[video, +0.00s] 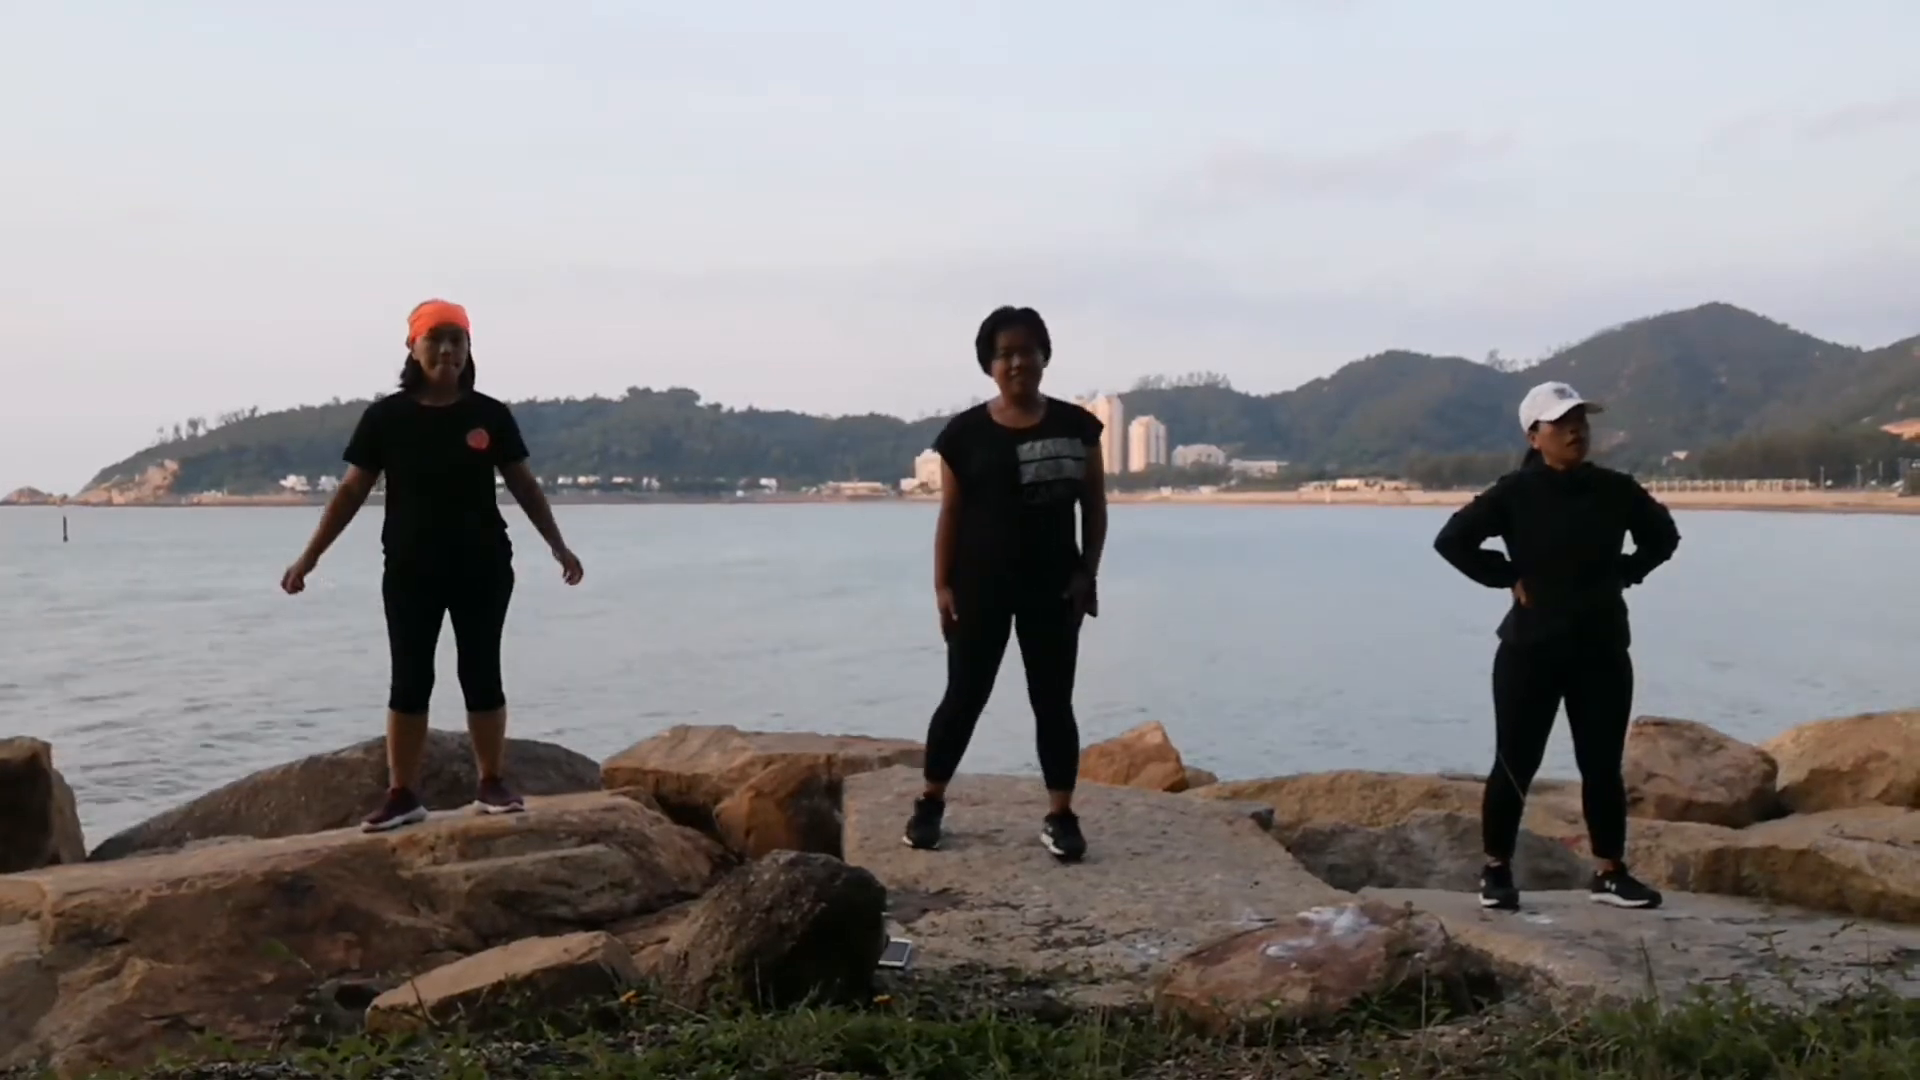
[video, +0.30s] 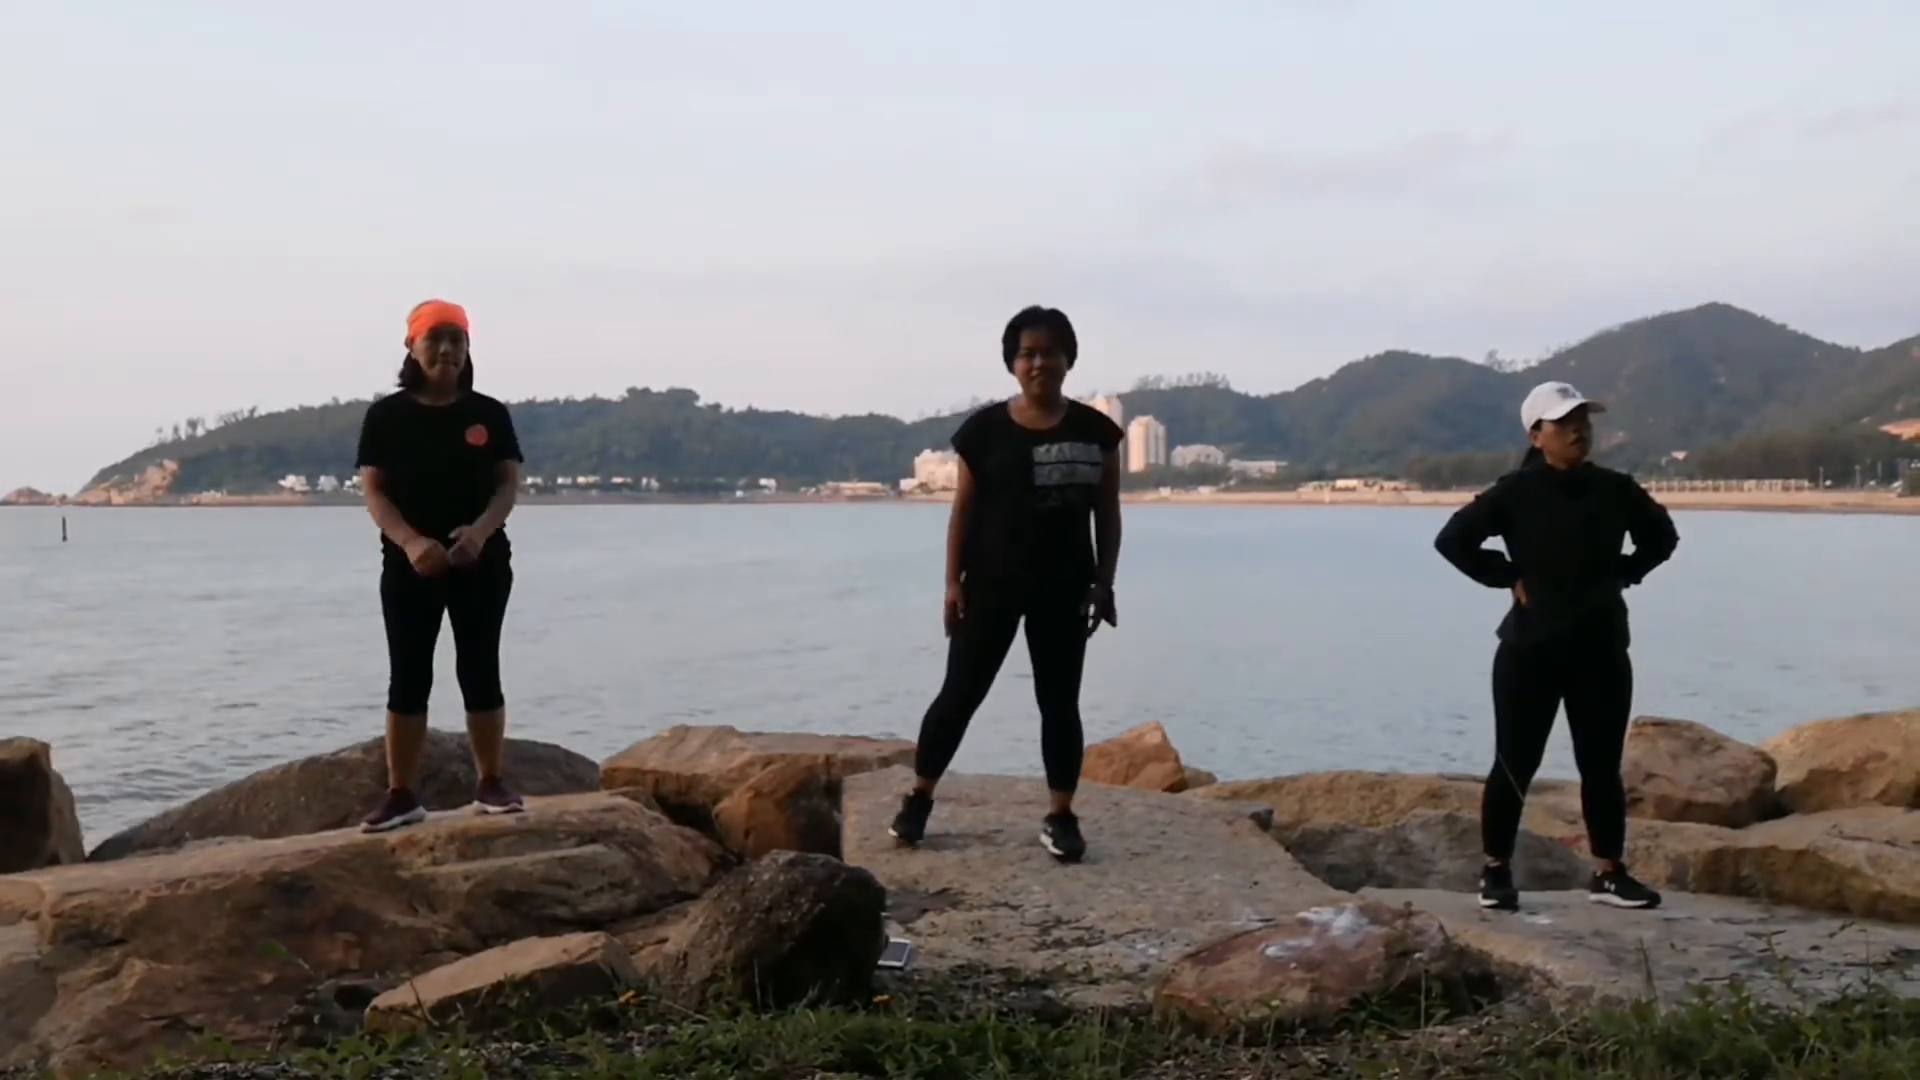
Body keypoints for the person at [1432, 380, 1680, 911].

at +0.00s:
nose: (1577, 431)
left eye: (1580, 420)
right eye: (1563, 424)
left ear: (1586, 425)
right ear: (1535, 435)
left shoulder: (1614, 489)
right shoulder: (1514, 493)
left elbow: (1664, 536)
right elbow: (1451, 542)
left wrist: (1625, 572)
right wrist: (1508, 576)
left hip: (1601, 649)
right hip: (1531, 649)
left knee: (1603, 766)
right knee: (1515, 765)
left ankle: (1611, 872)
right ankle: (1497, 872)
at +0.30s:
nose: (1581, 430)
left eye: (1583, 420)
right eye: (1568, 423)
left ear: (1587, 424)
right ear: (1538, 435)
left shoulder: (1614, 488)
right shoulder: (1514, 492)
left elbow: (1663, 536)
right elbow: (1452, 541)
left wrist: (1624, 572)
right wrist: (1509, 576)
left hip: (1600, 649)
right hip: (1531, 649)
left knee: (1602, 766)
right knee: (1514, 764)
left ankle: (1610, 872)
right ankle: (1496, 872)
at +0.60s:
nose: (1581, 431)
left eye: (1583, 421)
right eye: (1569, 423)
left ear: (1587, 425)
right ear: (1538, 434)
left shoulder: (1613, 489)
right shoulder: (1513, 492)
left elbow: (1661, 537)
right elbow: (1451, 542)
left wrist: (1622, 573)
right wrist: (1508, 576)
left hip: (1599, 650)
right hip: (1530, 651)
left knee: (1601, 767)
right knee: (1513, 764)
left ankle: (1609, 872)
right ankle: (1496, 871)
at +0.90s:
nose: (1579, 431)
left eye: (1581, 421)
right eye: (1566, 423)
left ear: (1586, 426)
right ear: (1536, 434)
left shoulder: (1611, 490)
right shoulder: (1513, 493)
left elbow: (1660, 537)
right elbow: (1449, 542)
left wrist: (1620, 573)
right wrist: (1507, 577)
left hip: (1598, 650)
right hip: (1529, 650)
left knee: (1600, 767)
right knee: (1512, 765)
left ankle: (1608, 872)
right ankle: (1494, 872)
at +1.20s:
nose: (1579, 431)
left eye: (1581, 421)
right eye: (1565, 423)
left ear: (1585, 425)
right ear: (1535, 434)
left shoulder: (1611, 490)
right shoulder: (1512, 493)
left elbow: (1660, 538)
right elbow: (1448, 542)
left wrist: (1619, 573)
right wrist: (1506, 577)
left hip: (1597, 650)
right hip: (1529, 650)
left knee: (1600, 767)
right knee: (1512, 765)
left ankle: (1607, 873)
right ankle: (1494, 872)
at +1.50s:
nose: (1580, 432)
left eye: (1582, 422)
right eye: (1567, 424)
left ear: (1587, 427)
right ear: (1536, 434)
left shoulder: (1611, 490)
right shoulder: (1512, 493)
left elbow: (1659, 538)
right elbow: (1449, 543)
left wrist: (1619, 574)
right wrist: (1506, 577)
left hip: (1597, 650)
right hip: (1528, 650)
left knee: (1599, 768)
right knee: (1511, 765)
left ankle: (1607, 873)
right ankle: (1493, 872)